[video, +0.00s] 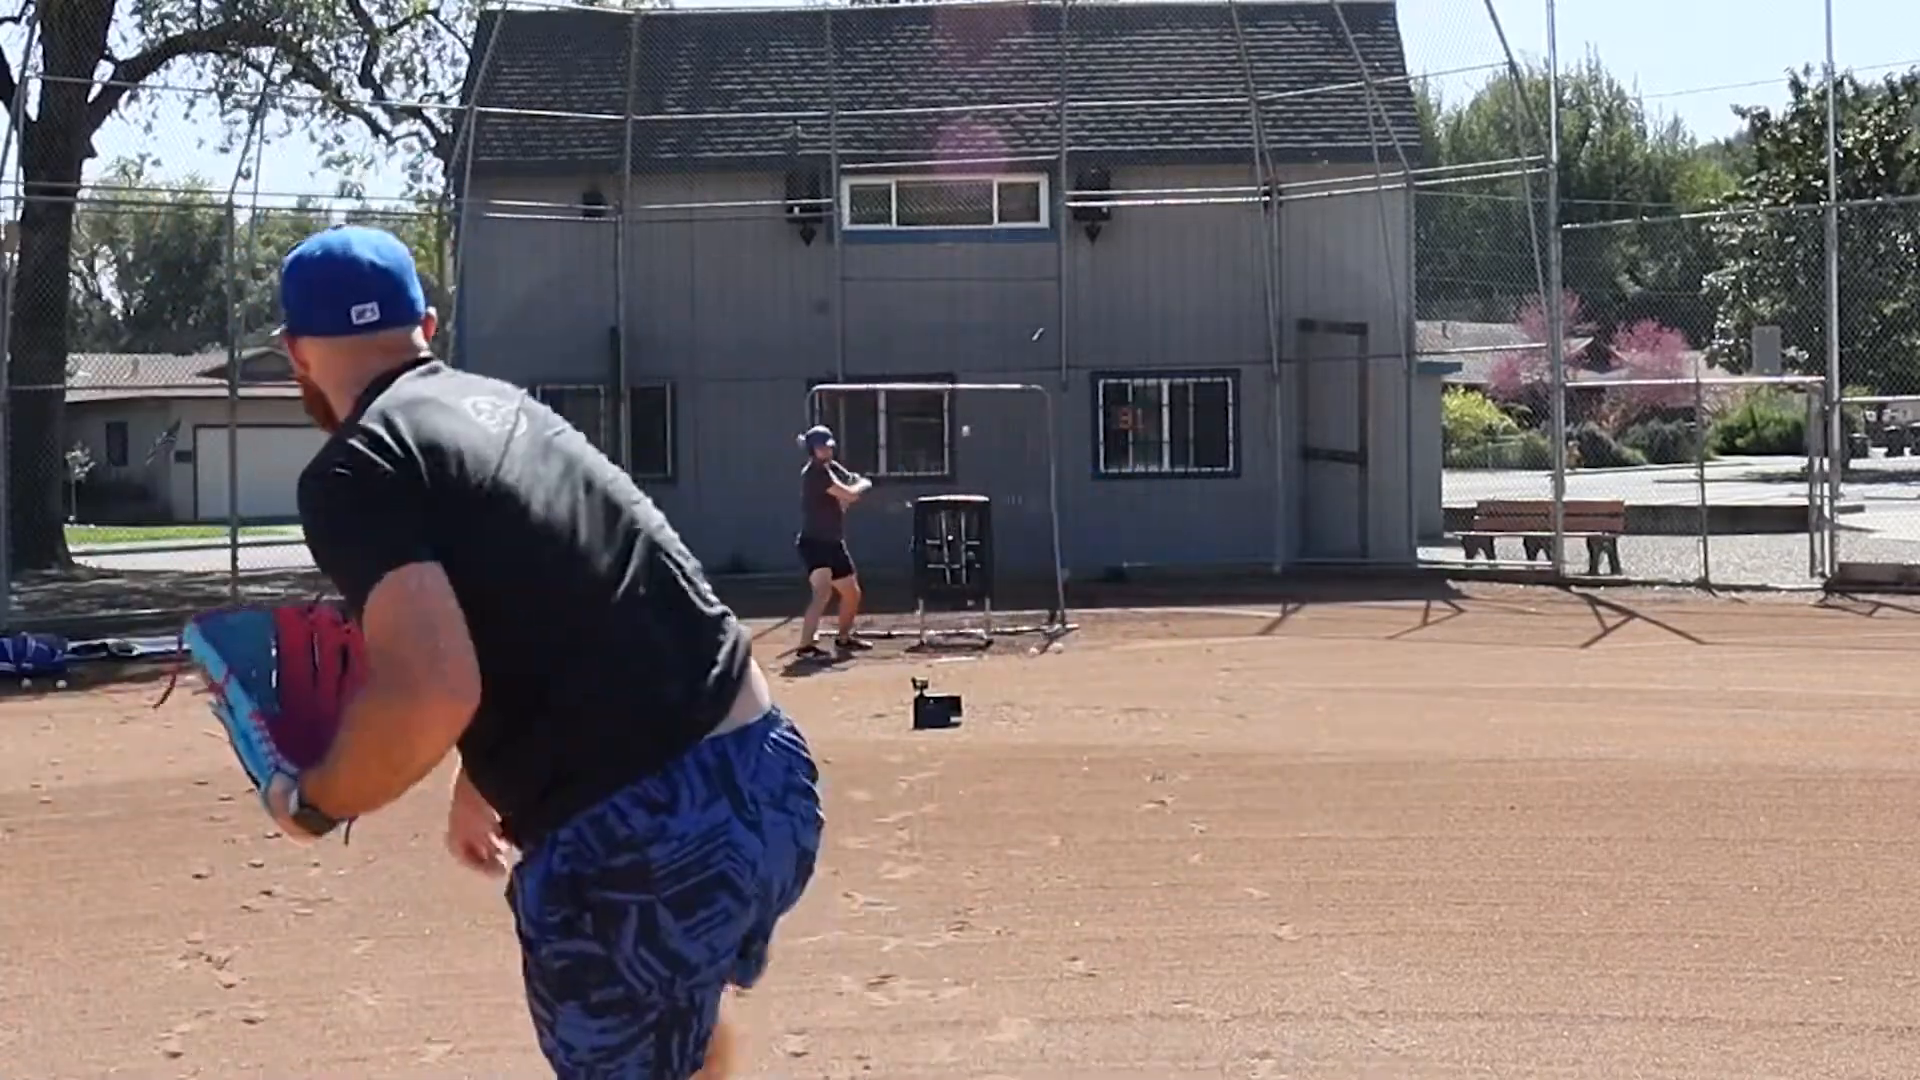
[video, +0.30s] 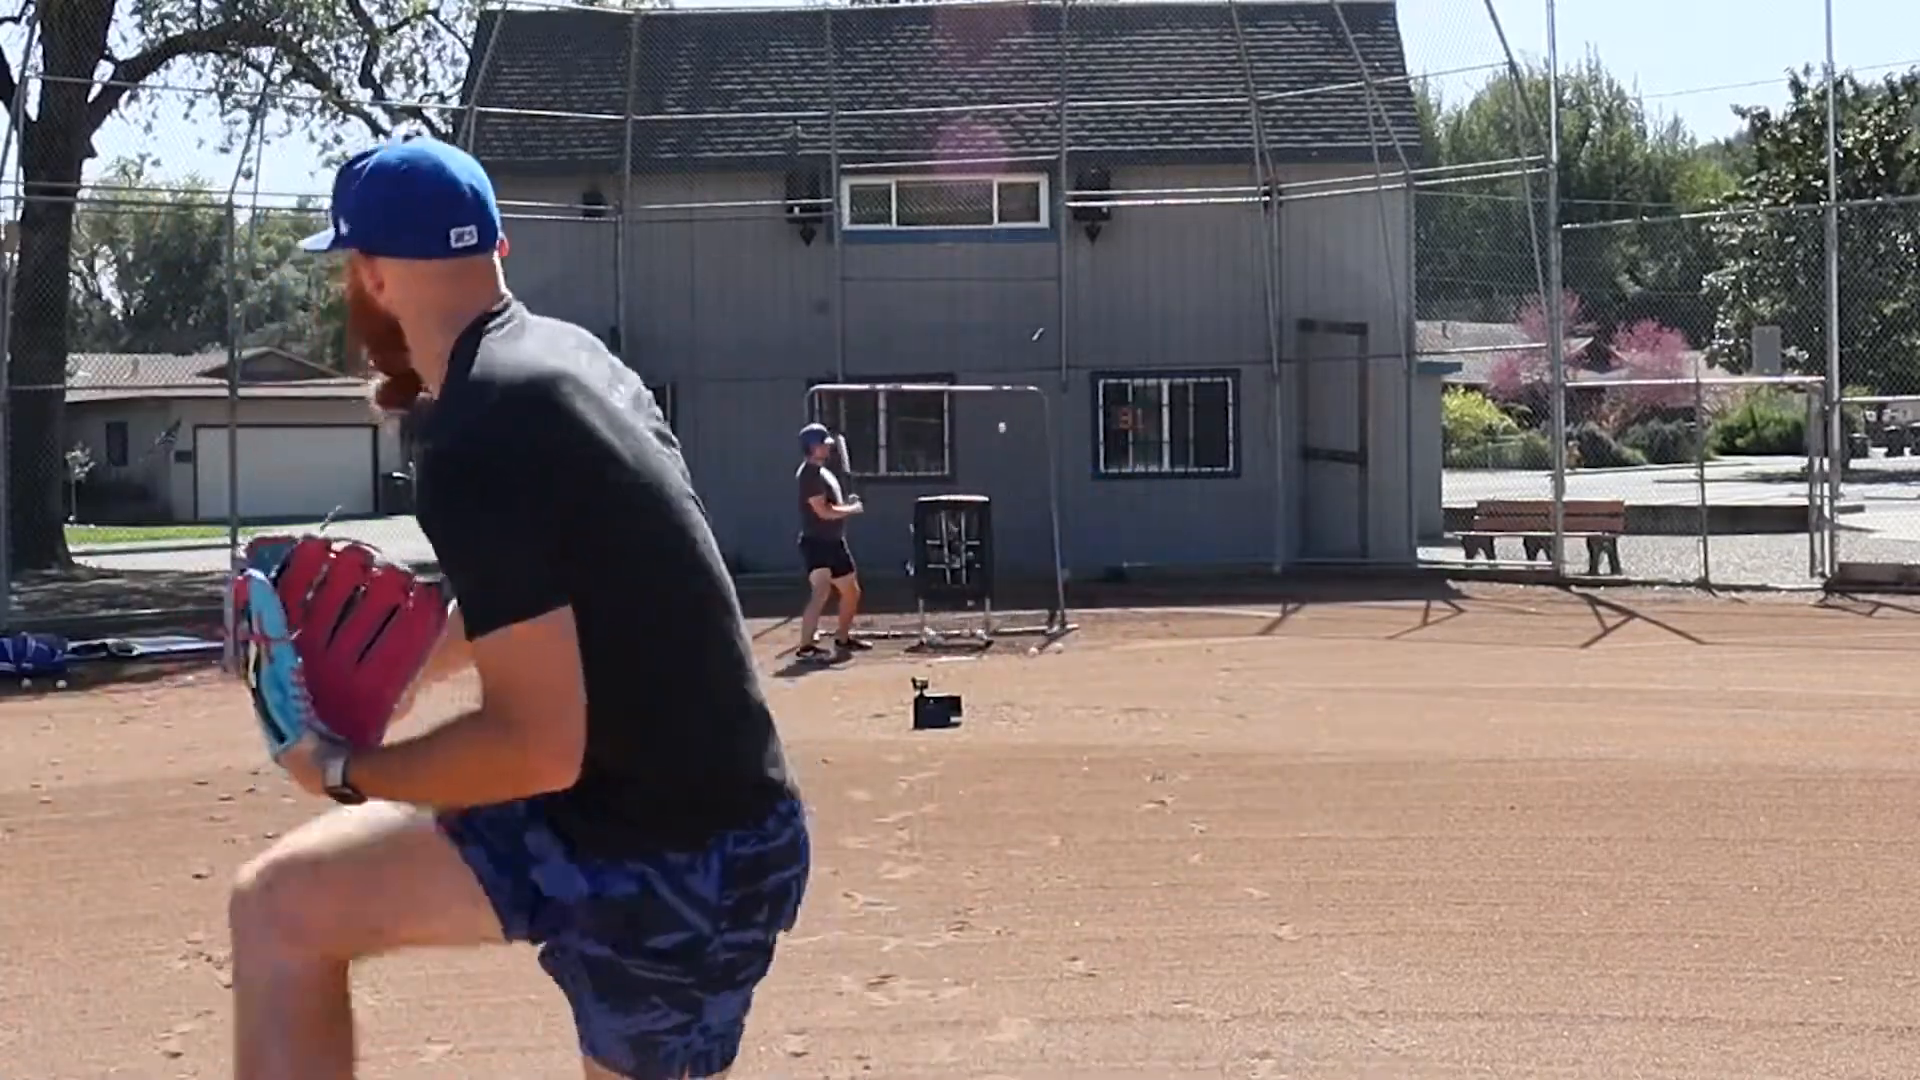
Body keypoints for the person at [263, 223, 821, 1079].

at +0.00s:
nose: (297, 373)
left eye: (290, 354)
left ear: (300, 358)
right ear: (428, 325)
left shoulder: (357, 464)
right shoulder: (504, 402)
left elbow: (432, 686)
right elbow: (569, 596)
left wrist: (319, 797)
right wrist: (488, 774)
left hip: (633, 845)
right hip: (769, 773)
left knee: (626, 1057)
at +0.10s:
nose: (323, 340)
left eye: (320, 318)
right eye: (321, 316)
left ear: (333, 330)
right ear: (466, 302)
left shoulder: (403, 461)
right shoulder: (542, 386)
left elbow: (459, 722)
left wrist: (318, 789)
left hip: (676, 843)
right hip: (768, 777)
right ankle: (271, 1042)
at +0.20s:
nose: (346, 311)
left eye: (341, 292)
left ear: (352, 302)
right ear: (487, 274)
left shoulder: (438, 446)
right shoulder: (578, 373)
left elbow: (499, 739)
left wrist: (332, 777)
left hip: (678, 860)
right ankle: (145, 1066)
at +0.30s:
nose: (355, 286)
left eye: (353, 260)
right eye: (353, 259)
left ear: (373, 270)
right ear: (493, 246)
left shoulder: (482, 419)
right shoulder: (571, 356)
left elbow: (540, 747)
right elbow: (590, 586)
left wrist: (345, 770)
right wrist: (400, 653)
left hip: (684, 858)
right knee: (282, 908)